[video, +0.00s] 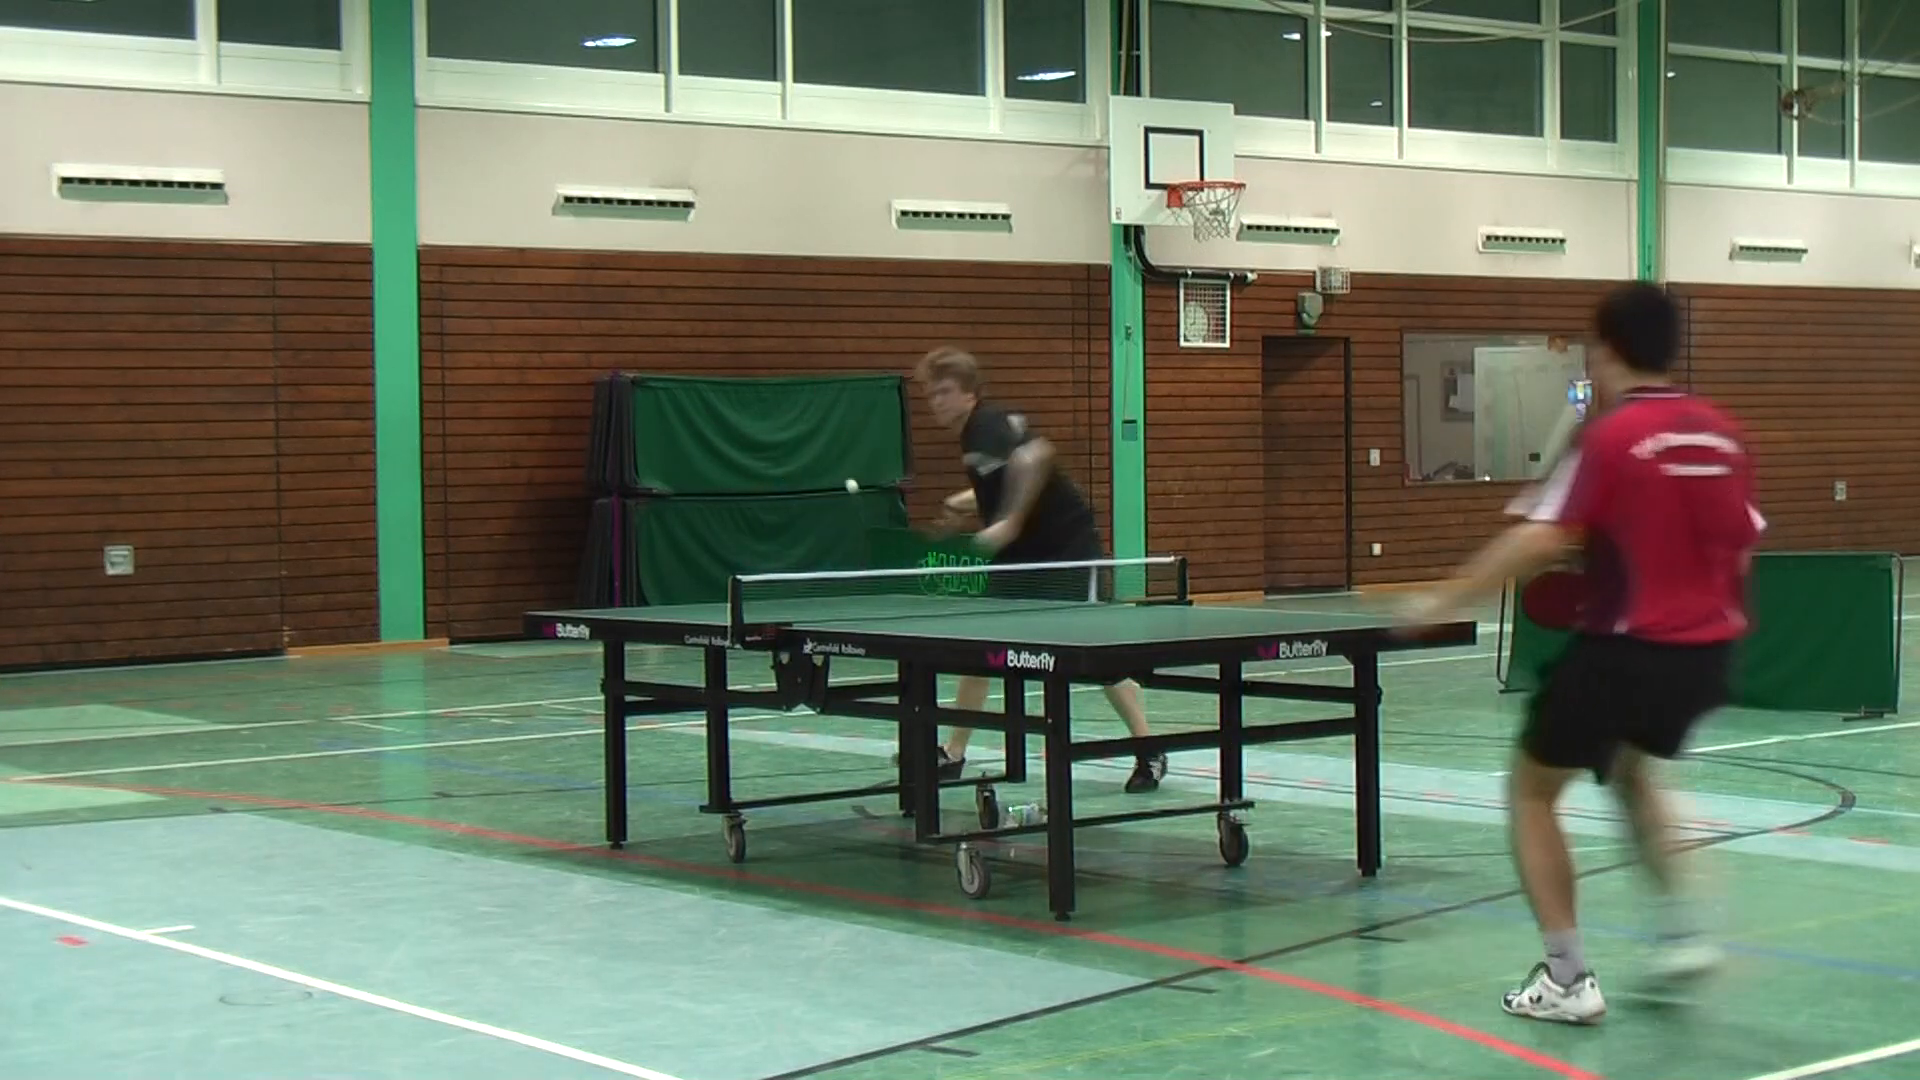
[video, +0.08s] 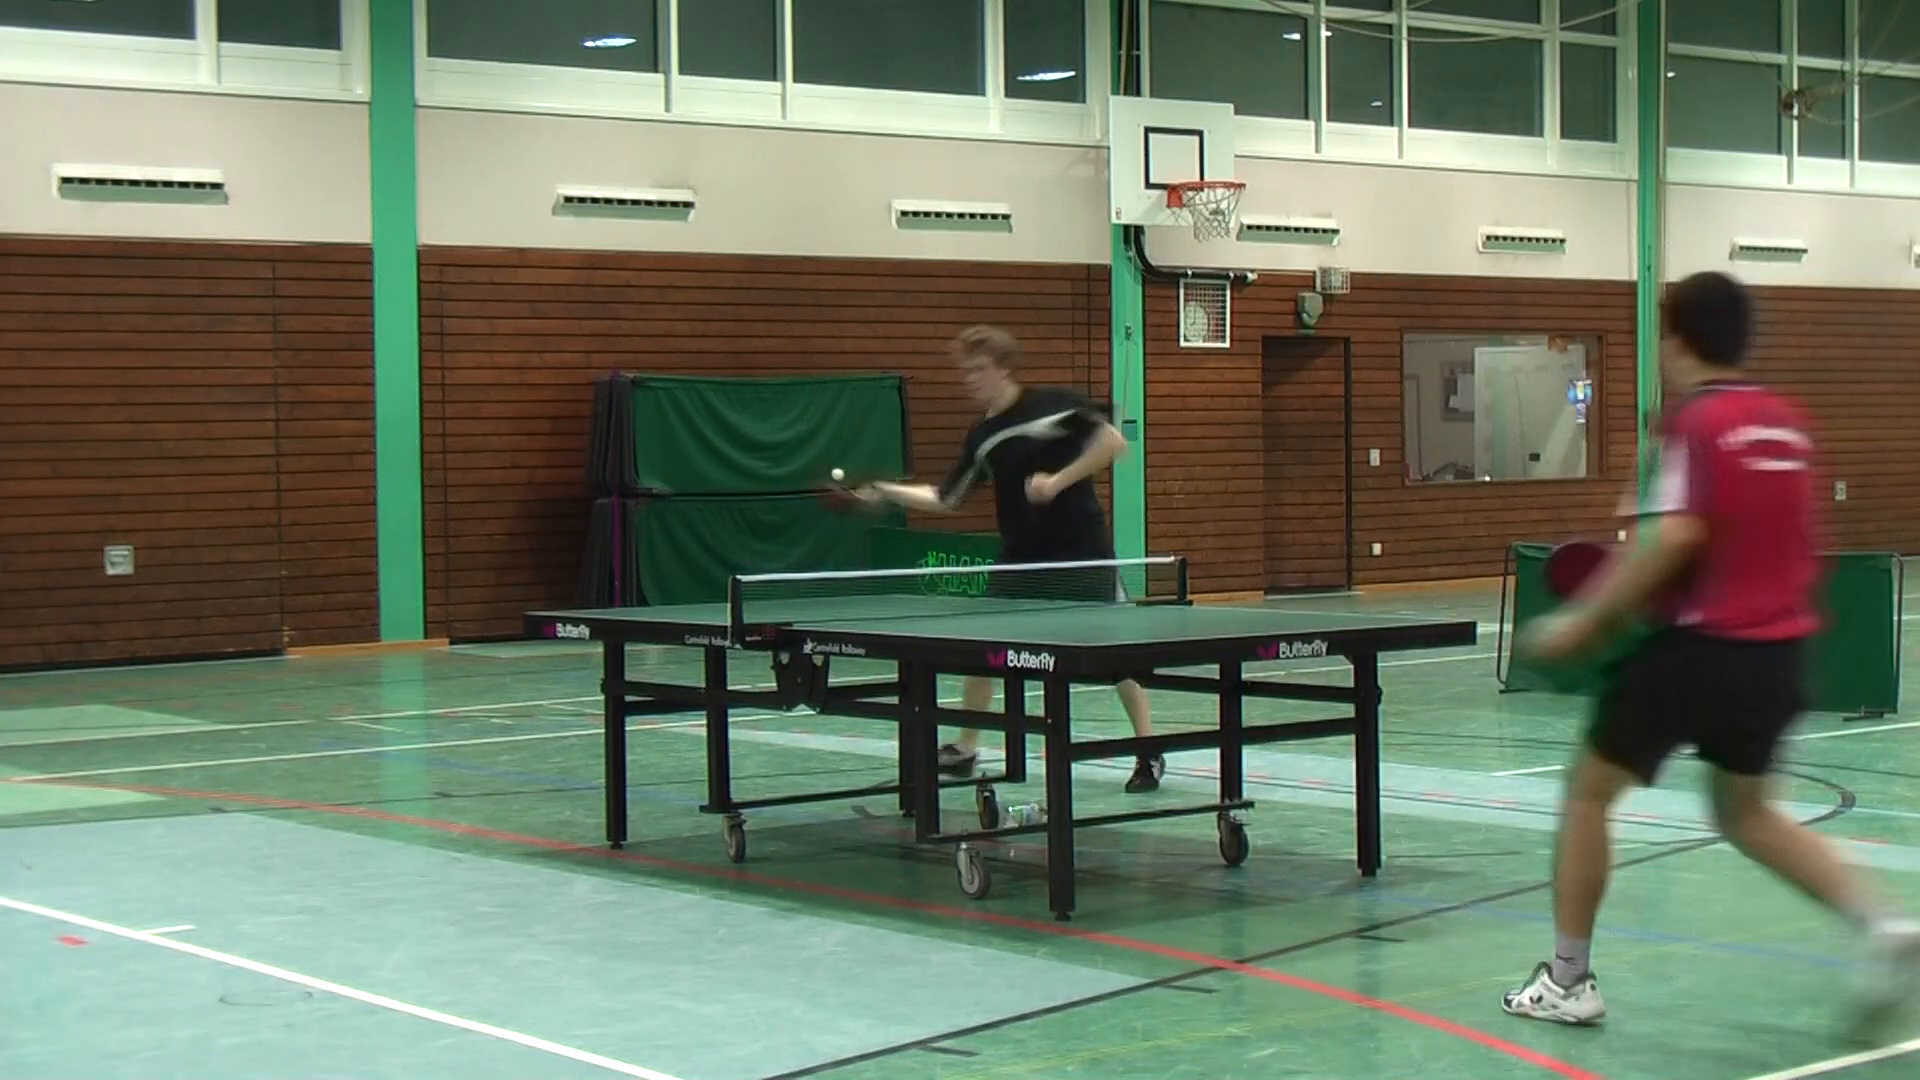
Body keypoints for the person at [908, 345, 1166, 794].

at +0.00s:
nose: (932, 403)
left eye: (940, 393)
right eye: (930, 394)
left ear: (967, 391)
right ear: (940, 394)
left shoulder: (990, 422)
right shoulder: (973, 433)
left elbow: (1035, 452)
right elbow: (1005, 481)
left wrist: (1010, 519)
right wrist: (969, 500)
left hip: (1068, 551)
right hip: (1020, 555)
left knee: (1096, 651)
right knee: (979, 649)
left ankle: (1148, 747)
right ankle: (952, 752)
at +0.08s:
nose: (970, 382)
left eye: (978, 371)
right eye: (967, 374)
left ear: (1005, 368)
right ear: (970, 376)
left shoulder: (1055, 404)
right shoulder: (983, 435)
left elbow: (1113, 442)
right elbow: (945, 497)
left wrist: (1059, 478)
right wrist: (885, 490)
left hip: (1083, 559)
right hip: (1019, 562)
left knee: (1116, 655)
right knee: (979, 650)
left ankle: (1148, 753)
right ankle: (964, 749)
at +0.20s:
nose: (1038, 387)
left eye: (1046, 377)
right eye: (1030, 380)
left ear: (1066, 380)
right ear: (1022, 387)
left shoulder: (1091, 430)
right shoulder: (1022, 438)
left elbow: (1116, 484)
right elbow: (1022, 494)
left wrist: (1077, 499)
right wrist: (1010, 528)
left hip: (1092, 560)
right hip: (1034, 564)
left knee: (1136, 651)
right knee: (1014, 654)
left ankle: (1154, 744)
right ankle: (993, 735)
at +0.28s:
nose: (1080, 406)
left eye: (1085, 396)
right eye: (1068, 399)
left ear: (1096, 398)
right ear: (1053, 404)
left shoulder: (1092, 444)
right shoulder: (1062, 441)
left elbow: (1103, 504)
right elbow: (1146, 448)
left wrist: (1131, 543)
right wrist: (1185, 414)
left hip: (1084, 572)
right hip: (1038, 574)